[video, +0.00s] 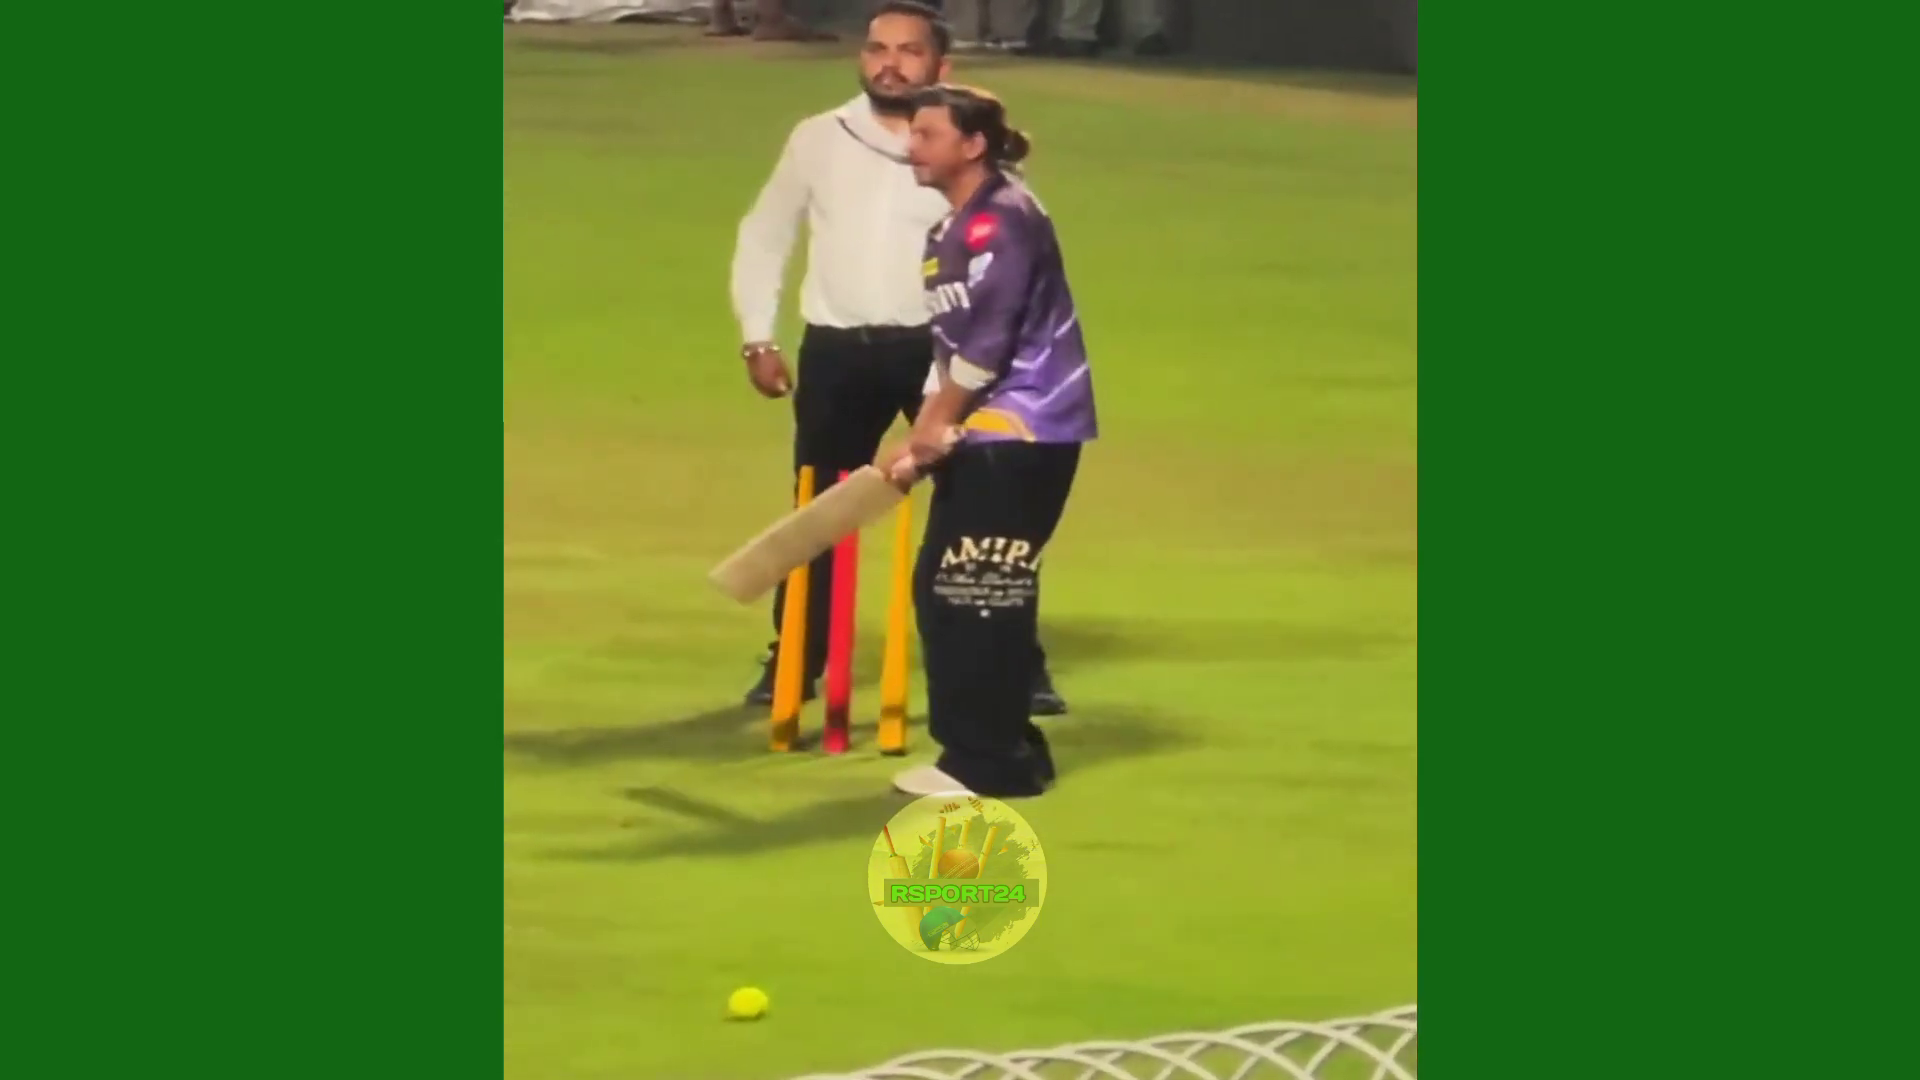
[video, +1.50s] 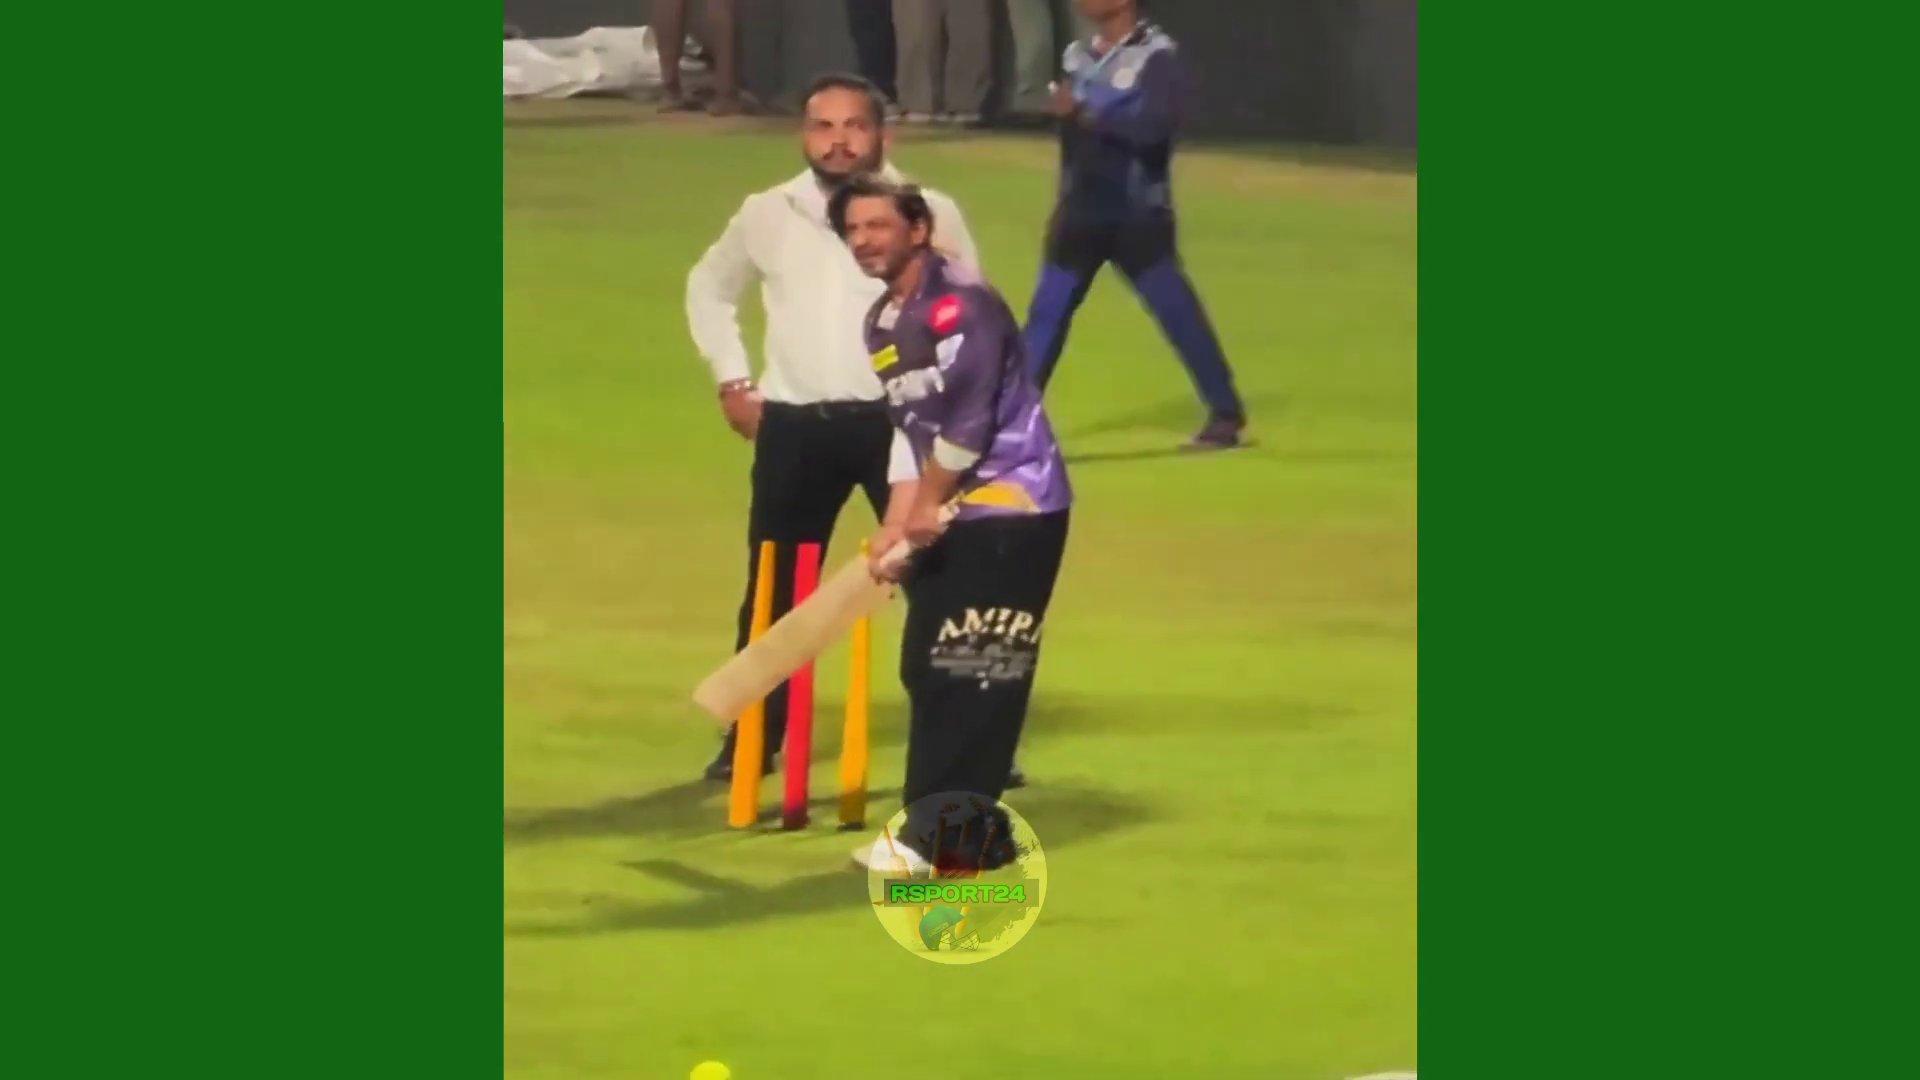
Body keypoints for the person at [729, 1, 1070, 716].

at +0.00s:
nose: (888, 63)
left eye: (906, 51)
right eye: (877, 49)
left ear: (938, 64)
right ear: (861, 56)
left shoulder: (960, 143)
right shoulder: (818, 139)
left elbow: (1000, 260)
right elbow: (764, 235)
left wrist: (975, 372)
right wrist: (758, 336)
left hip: (936, 352)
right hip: (837, 352)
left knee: (981, 519)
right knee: (819, 521)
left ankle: (1021, 669)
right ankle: (794, 666)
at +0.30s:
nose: (878, 69)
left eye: (896, 56)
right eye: (866, 54)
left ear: (928, 66)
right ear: (851, 61)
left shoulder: (957, 143)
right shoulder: (810, 142)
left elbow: (1005, 251)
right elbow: (742, 220)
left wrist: (977, 347)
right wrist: (764, 317)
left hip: (934, 356)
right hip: (832, 356)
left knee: (977, 520)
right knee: (812, 521)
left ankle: (1017, 673)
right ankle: (789, 667)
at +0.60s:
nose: (866, 89)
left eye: (884, 76)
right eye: (854, 75)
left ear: (916, 86)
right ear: (839, 81)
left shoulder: (943, 164)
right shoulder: (798, 160)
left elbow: (993, 271)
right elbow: (740, 233)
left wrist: (967, 368)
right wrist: (772, 325)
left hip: (921, 375)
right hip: (822, 374)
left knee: (966, 540)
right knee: (802, 539)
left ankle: (1006, 692)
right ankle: (782, 685)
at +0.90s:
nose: (858, 114)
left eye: (875, 100)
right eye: (845, 100)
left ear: (907, 109)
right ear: (828, 107)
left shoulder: (935, 186)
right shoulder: (791, 185)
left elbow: (990, 281)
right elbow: (740, 260)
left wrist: (967, 390)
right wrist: (767, 351)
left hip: (918, 398)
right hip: (818, 399)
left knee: (966, 567)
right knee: (796, 565)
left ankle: (1000, 717)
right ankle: (775, 713)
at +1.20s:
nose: (835, 128)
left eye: (853, 115)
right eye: (822, 115)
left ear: (886, 124)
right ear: (807, 123)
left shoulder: (926, 197)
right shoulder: (770, 202)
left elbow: (977, 301)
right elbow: (713, 275)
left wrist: (955, 403)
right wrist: (736, 370)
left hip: (902, 414)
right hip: (799, 415)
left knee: (950, 587)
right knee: (777, 580)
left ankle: (975, 739)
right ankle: (756, 727)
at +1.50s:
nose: (837, 139)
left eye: (853, 126)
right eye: (822, 126)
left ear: (880, 135)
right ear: (804, 135)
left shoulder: (927, 212)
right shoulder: (765, 216)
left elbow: (973, 324)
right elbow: (708, 290)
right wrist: (733, 383)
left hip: (900, 430)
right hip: (794, 429)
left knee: (945, 603)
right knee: (772, 598)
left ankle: (974, 755)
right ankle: (752, 747)